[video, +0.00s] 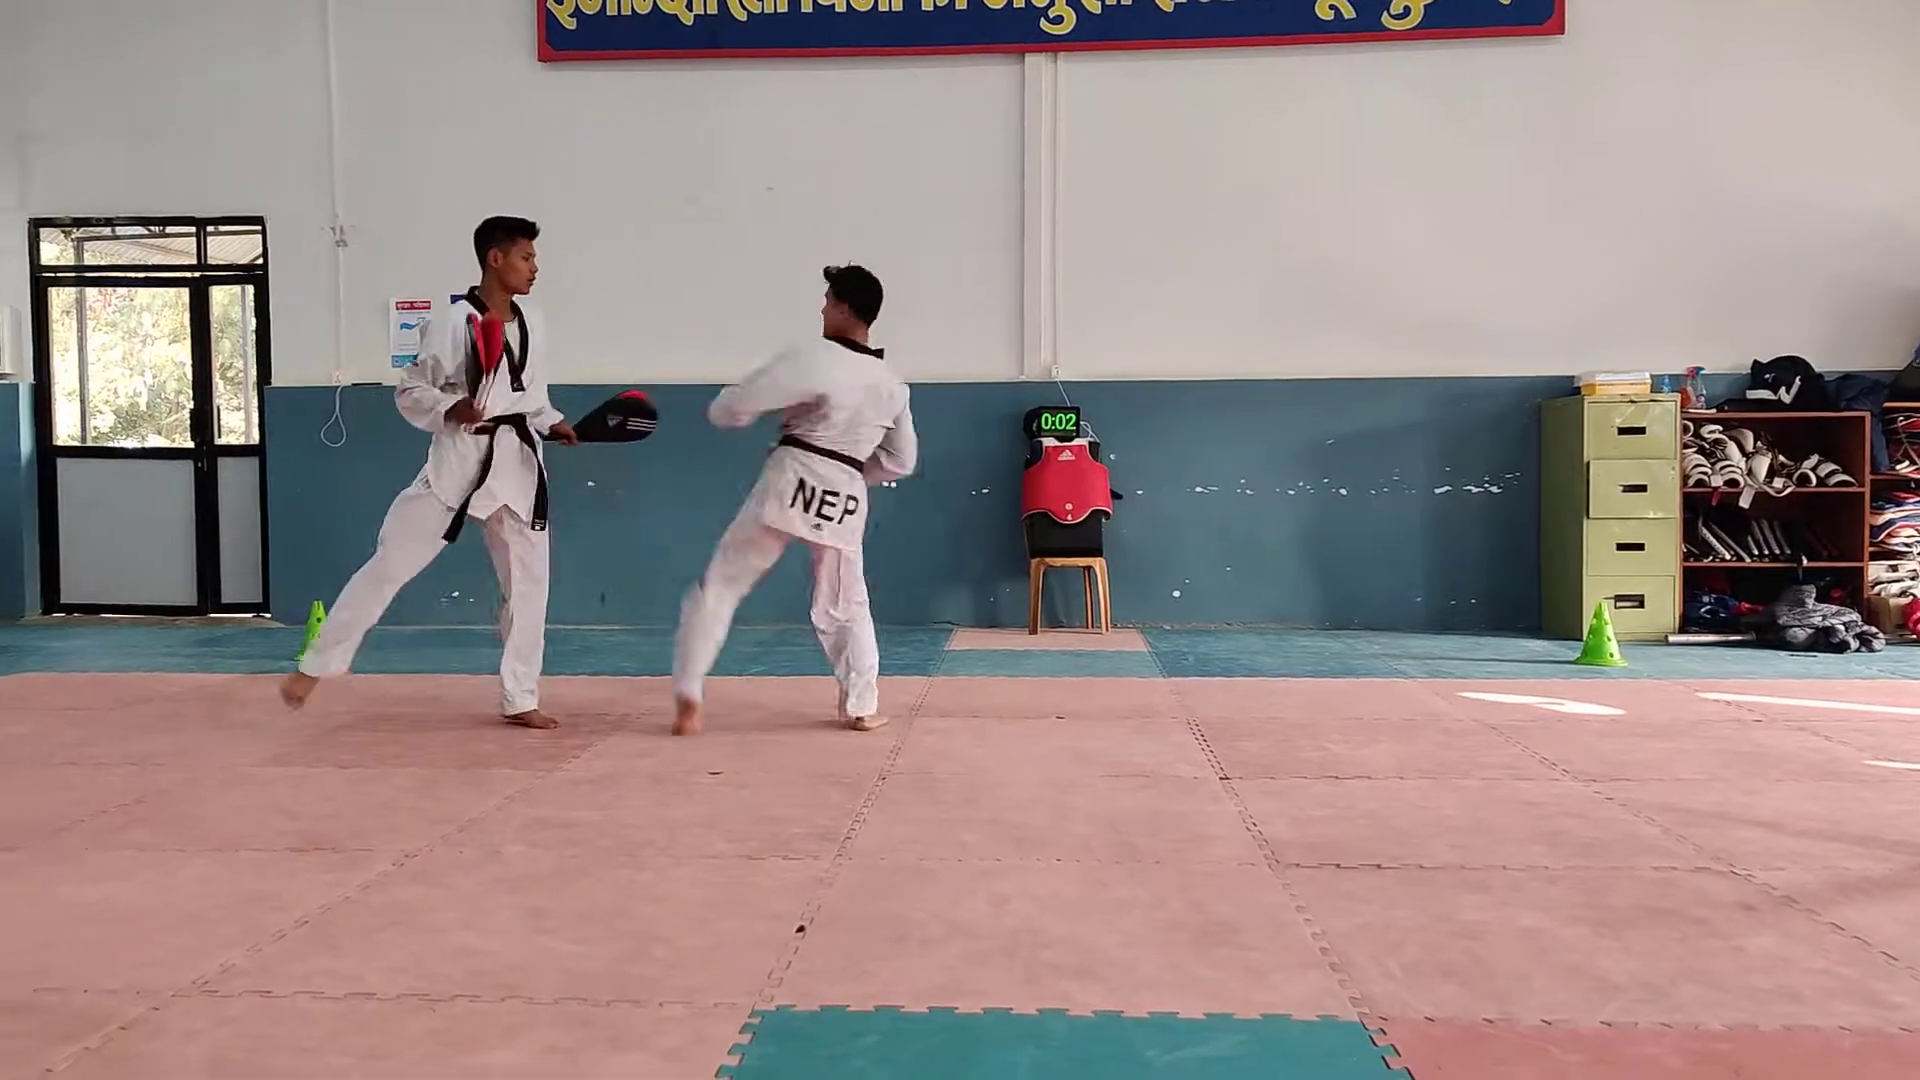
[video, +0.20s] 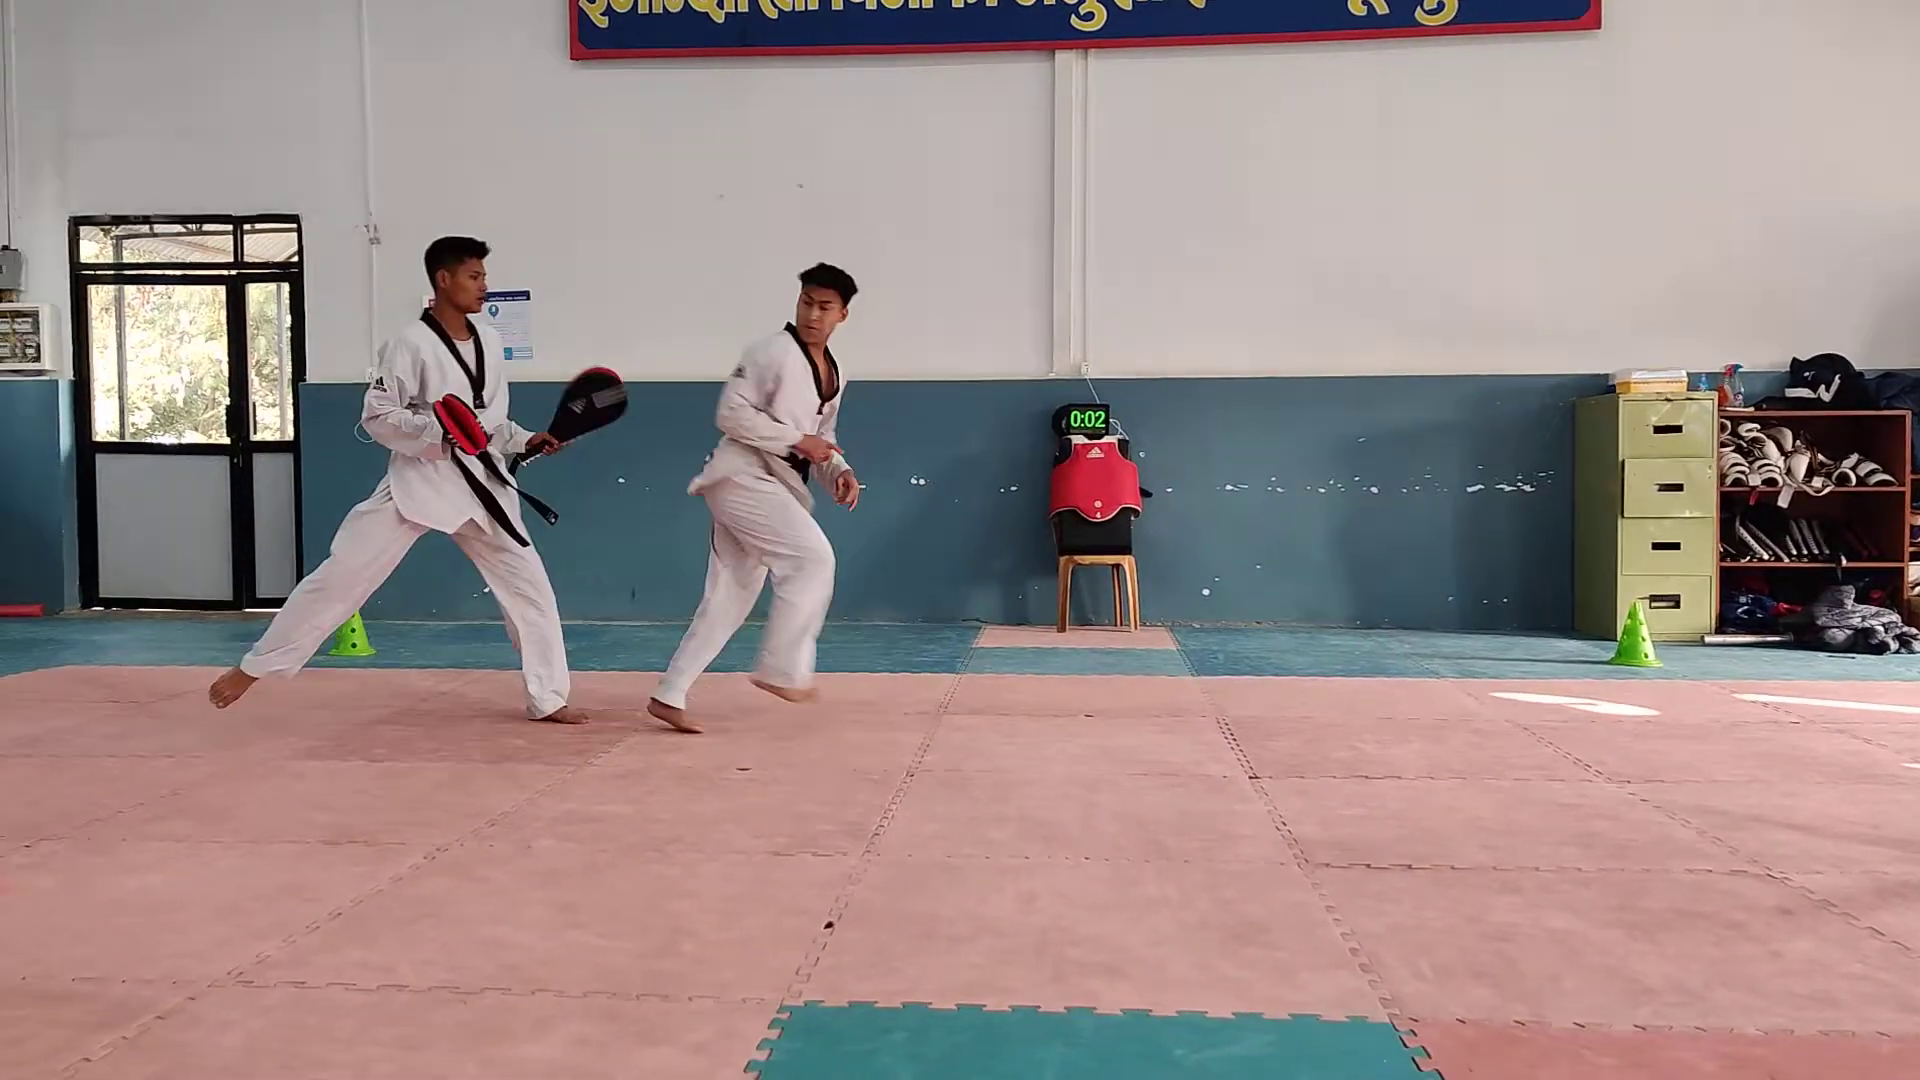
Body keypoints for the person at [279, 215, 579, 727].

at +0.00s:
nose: (535, 267)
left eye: (534, 258)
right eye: (526, 258)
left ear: (510, 262)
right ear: (496, 259)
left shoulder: (529, 323)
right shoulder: (452, 319)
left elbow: (529, 392)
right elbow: (411, 393)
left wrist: (553, 421)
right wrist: (449, 409)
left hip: (516, 462)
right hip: (456, 461)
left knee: (529, 579)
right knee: (392, 564)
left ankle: (520, 700)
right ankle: (316, 664)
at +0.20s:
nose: (484, 284)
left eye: (485, 275)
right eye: (474, 275)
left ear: (473, 280)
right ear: (442, 281)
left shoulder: (488, 341)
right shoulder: (410, 342)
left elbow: (493, 422)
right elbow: (377, 417)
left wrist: (527, 442)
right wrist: (438, 430)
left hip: (482, 482)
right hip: (418, 481)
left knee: (530, 586)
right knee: (341, 577)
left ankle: (549, 700)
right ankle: (254, 666)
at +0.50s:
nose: (420, 293)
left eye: (420, 284)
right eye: (410, 285)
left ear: (403, 290)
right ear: (378, 287)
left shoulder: (429, 347)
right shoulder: (342, 358)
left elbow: (442, 429)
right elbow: (368, 435)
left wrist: (477, 435)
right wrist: (447, 430)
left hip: (427, 482)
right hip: (364, 483)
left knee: (471, 583)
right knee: (335, 590)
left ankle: (493, 701)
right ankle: (315, 703)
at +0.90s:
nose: (476, 303)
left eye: (476, 294)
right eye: (467, 295)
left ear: (455, 299)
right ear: (438, 297)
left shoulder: (472, 353)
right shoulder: (397, 364)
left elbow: (480, 429)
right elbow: (399, 444)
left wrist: (505, 471)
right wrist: (464, 477)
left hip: (468, 486)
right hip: (411, 489)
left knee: (518, 578)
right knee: (386, 598)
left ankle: (521, 693)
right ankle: (364, 707)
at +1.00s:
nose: (506, 313)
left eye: (506, 304)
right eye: (498, 304)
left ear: (479, 307)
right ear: (468, 305)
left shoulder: (496, 363)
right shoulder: (424, 368)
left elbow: (498, 439)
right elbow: (414, 442)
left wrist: (511, 483)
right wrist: (476, 486)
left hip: (485, 492)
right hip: (426, 495)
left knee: (537, 585)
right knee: (398, 601)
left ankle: (583, 691)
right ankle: (370, 707)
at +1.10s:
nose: (544, 323)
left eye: (544, 314)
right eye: (536, 313)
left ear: (516, 318)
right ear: (506, 315)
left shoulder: (524, 377)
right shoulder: (465, 376)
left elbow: (514, 453)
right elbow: (476, 455)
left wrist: (543, 496)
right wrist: (544, 490)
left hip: (511, 505)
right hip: (459, 503)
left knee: (560, 595)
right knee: (420, 606)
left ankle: (619, 689)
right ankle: (379, 708)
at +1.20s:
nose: (589, 325)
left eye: (589, 316)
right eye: (582, 316)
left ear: (559, 322)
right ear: (553, 319)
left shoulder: (552, 378)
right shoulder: (531, 373)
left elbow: (537, 461)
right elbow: (547, 453)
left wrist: (572, 491)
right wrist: (620, 475)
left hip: (540, 503)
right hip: (500, 498)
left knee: (584, 598)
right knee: (448, 605)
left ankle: (630, 698)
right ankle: (384, 705)